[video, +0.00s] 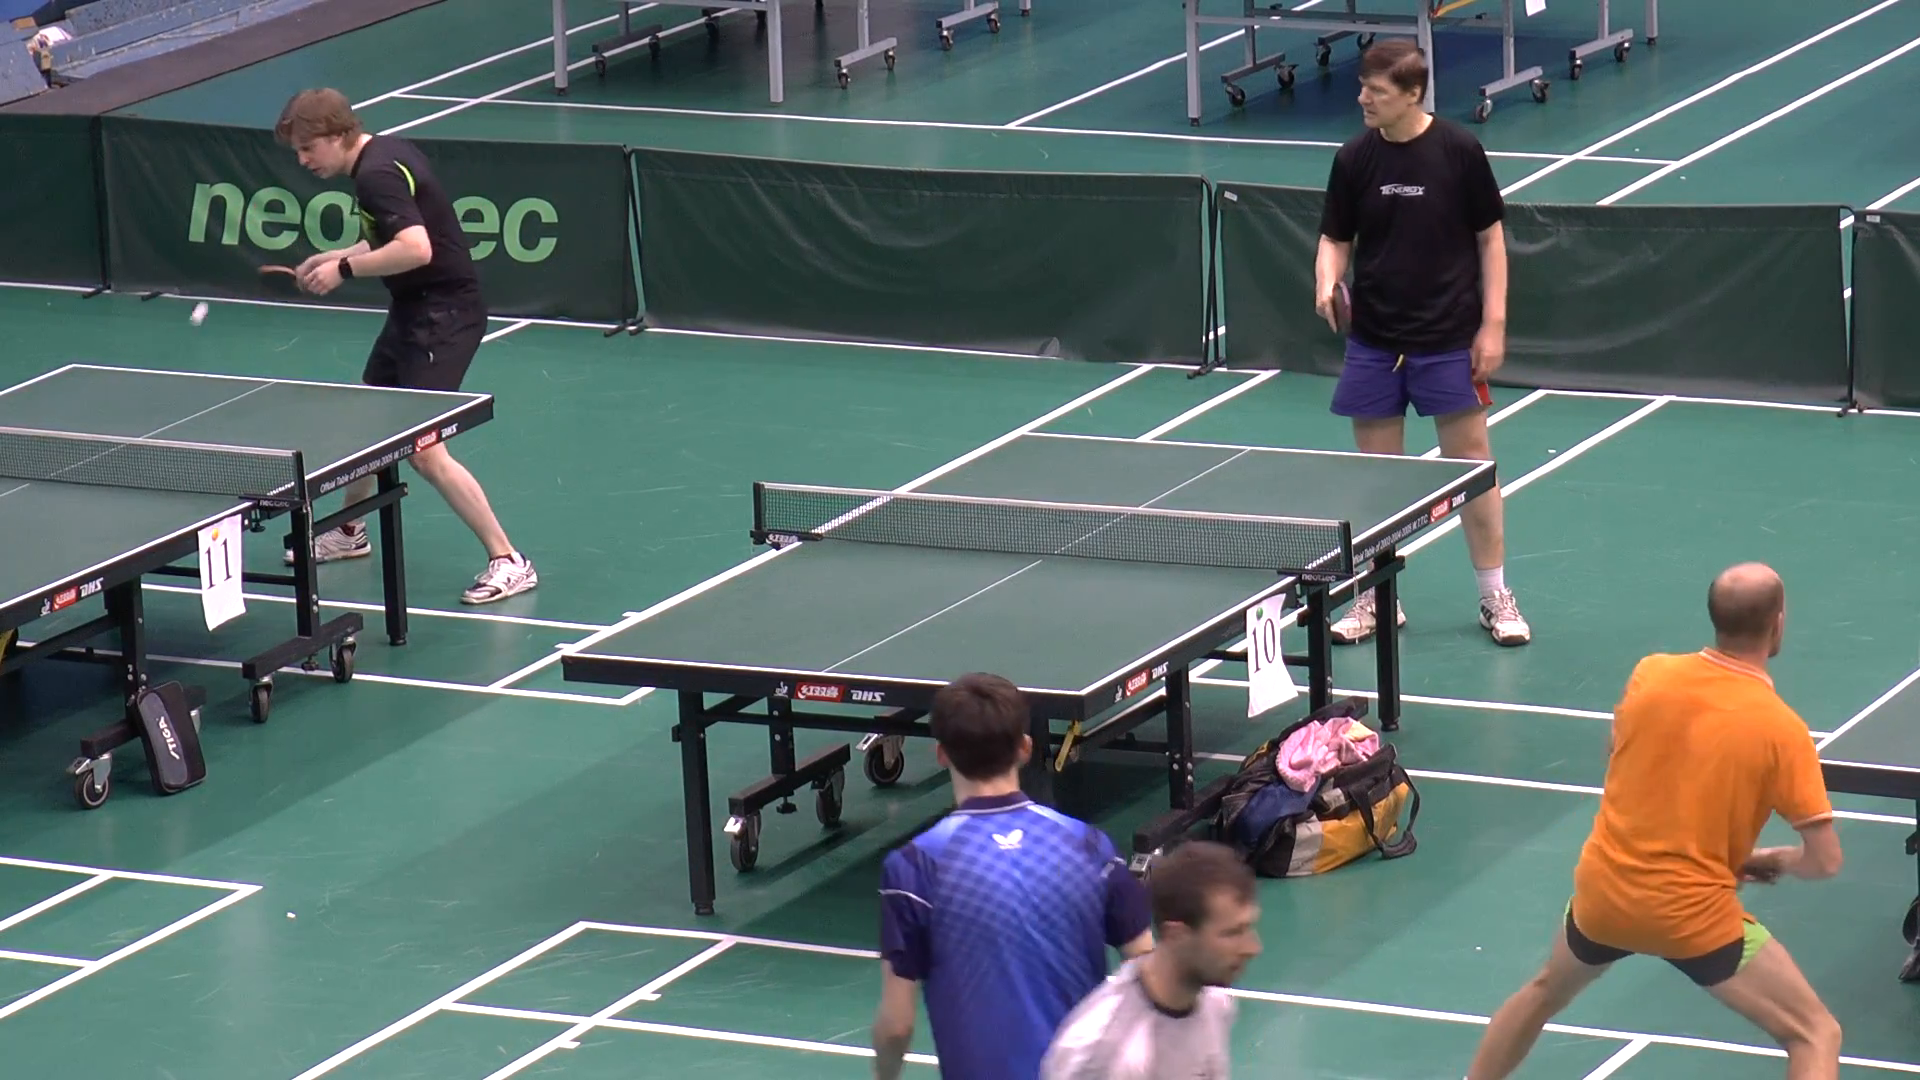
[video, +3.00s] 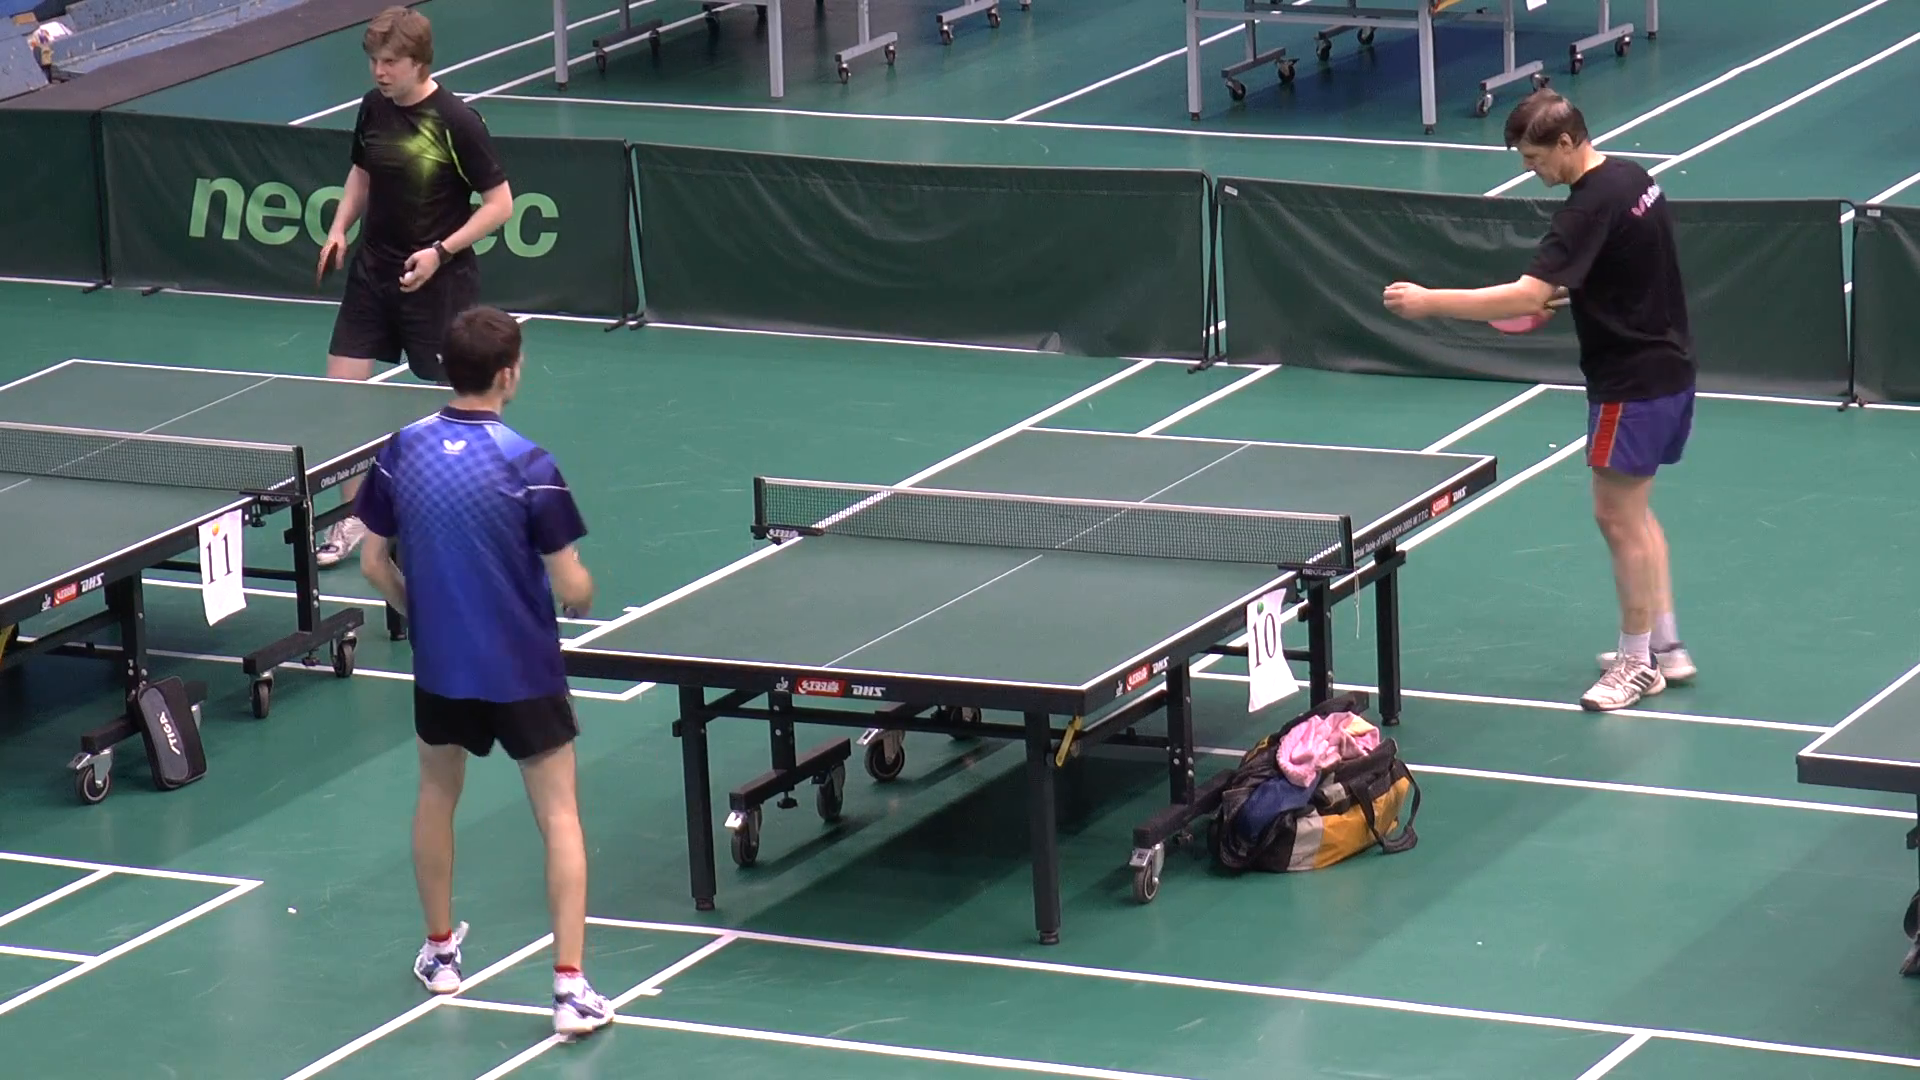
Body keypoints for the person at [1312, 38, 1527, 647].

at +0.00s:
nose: (1364, 99)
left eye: (1376, 91)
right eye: (1363, 89)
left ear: (1413, 93)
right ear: (1369, 91)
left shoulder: (1461, 150)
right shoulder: (1354, 157)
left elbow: (1492, 239)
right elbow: (1334, 237)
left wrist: (1493, 324)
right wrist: (1327, 281)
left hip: (1449, 339)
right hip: (1373, 340)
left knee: (1475, 468)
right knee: (1375, 476)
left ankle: (1495, 594)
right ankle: (1376, 596)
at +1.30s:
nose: (1454, 99)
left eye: (1467, 90)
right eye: (1447, 87)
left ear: (1493, 90)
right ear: (1439, 86)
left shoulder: (1528, 154)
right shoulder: (1419, 154)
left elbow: (1558, 244)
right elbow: (1399, 233)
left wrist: (1575, 330)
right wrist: (1389, 278)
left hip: (1506, 340)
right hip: (1430, 336)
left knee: (1507, 471)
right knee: (1394, 465)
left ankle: (1496, 591)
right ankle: (1395, 588)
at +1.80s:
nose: (1474, 119)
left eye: (1486, 108)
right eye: (1466, 108)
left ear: (1512, 102)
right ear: (1457, 104)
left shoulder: (1553, 156)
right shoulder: (1440, 172)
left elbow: (1580, 243)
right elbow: (1415, 255)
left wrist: (1597, 327)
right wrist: (1433, 301)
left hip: (1539, 345)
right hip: (1470, 346)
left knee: (1521, 472)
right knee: (1476, 470)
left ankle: (1500, 583)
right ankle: (1491, 617)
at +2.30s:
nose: (1483, 162)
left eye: (1491, 150)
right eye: (1471, 154)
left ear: (1512, 126)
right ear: (1459, 144)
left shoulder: (1558, 166)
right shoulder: (1443, 195)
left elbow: (1591, 244)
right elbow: (1425, 281)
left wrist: (1623, 323)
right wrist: (1459, 316)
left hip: (1563, 357)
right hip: (1487, 365)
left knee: (1592, 485)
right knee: (1487, 493)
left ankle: (1582, 605)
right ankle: (1497, 630)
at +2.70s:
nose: (1521, 175)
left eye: (1529, 164)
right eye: (1514, 165)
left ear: (1561, 146)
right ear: (1511, 156)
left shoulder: (1606, 202)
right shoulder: (1528, 193)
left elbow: (1616, 308)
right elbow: (1523, 260)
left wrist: (1532, 348)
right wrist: (1504, 303)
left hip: (1617, 376)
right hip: (1556, 374)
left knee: (1616, 511)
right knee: (1529, 498)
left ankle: (1637, 662)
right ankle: (1512, 632)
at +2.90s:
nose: (1529, 174)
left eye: (1532, 162)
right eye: (1523, 164)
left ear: (1563, 144)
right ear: (1562, 145)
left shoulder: (1597, 198)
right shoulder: (1600, 178)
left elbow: (1538, 302)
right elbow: (1596, 271)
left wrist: (1440, 309)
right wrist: (1531, 288)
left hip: (1639, 379)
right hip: (1609, 375)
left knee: (1621, 513)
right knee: (1583, 492)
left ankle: (1639, 663)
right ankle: (1600, 637)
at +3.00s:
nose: (1532, 171)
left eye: (1534, 159)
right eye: (1527, 161)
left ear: (1565, 142)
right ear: (1570, 141)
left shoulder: (1591, 203)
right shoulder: (1628, 175)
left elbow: (1528, 294)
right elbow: (1615, 268)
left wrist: (1429, 301)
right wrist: (1552, 295)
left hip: (1632, 384)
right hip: (1661, 372)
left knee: (1619, 518)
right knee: (1632, 510)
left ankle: (1636, 661)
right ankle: (1666, 648)